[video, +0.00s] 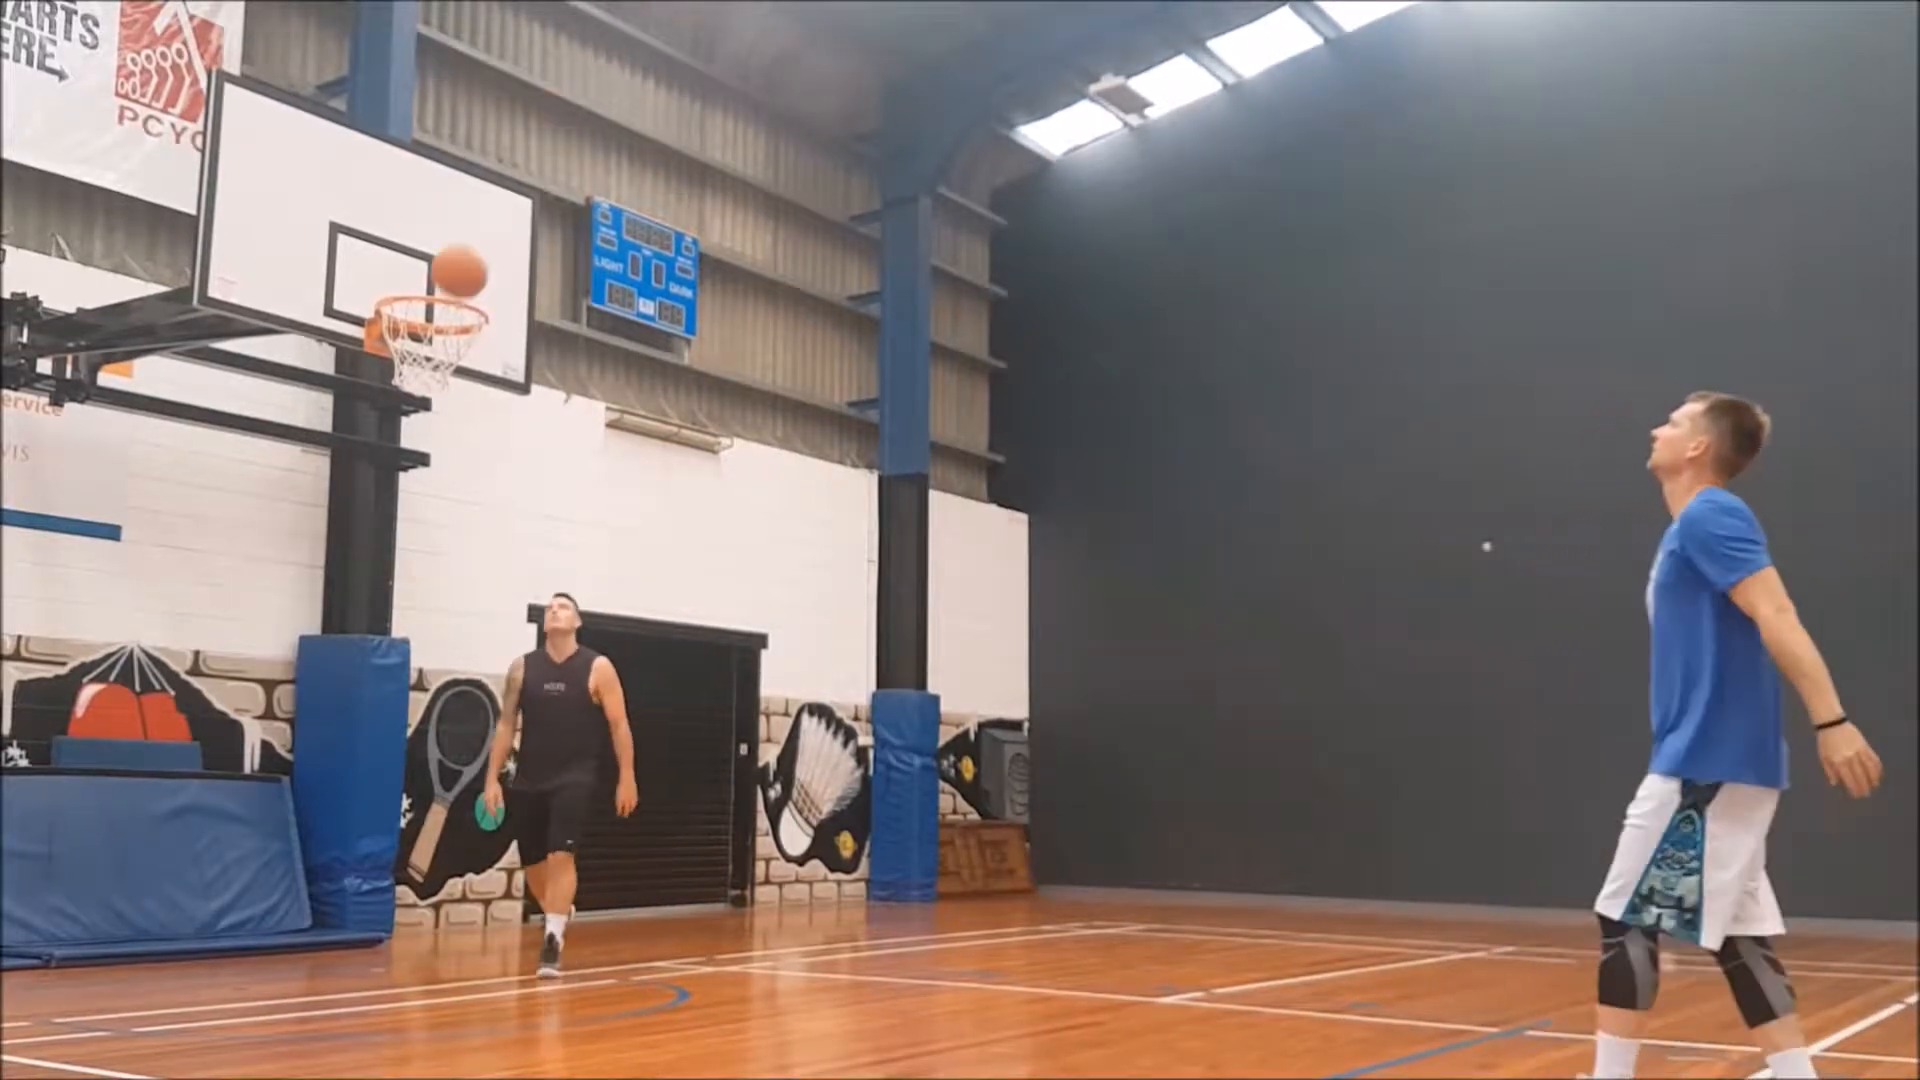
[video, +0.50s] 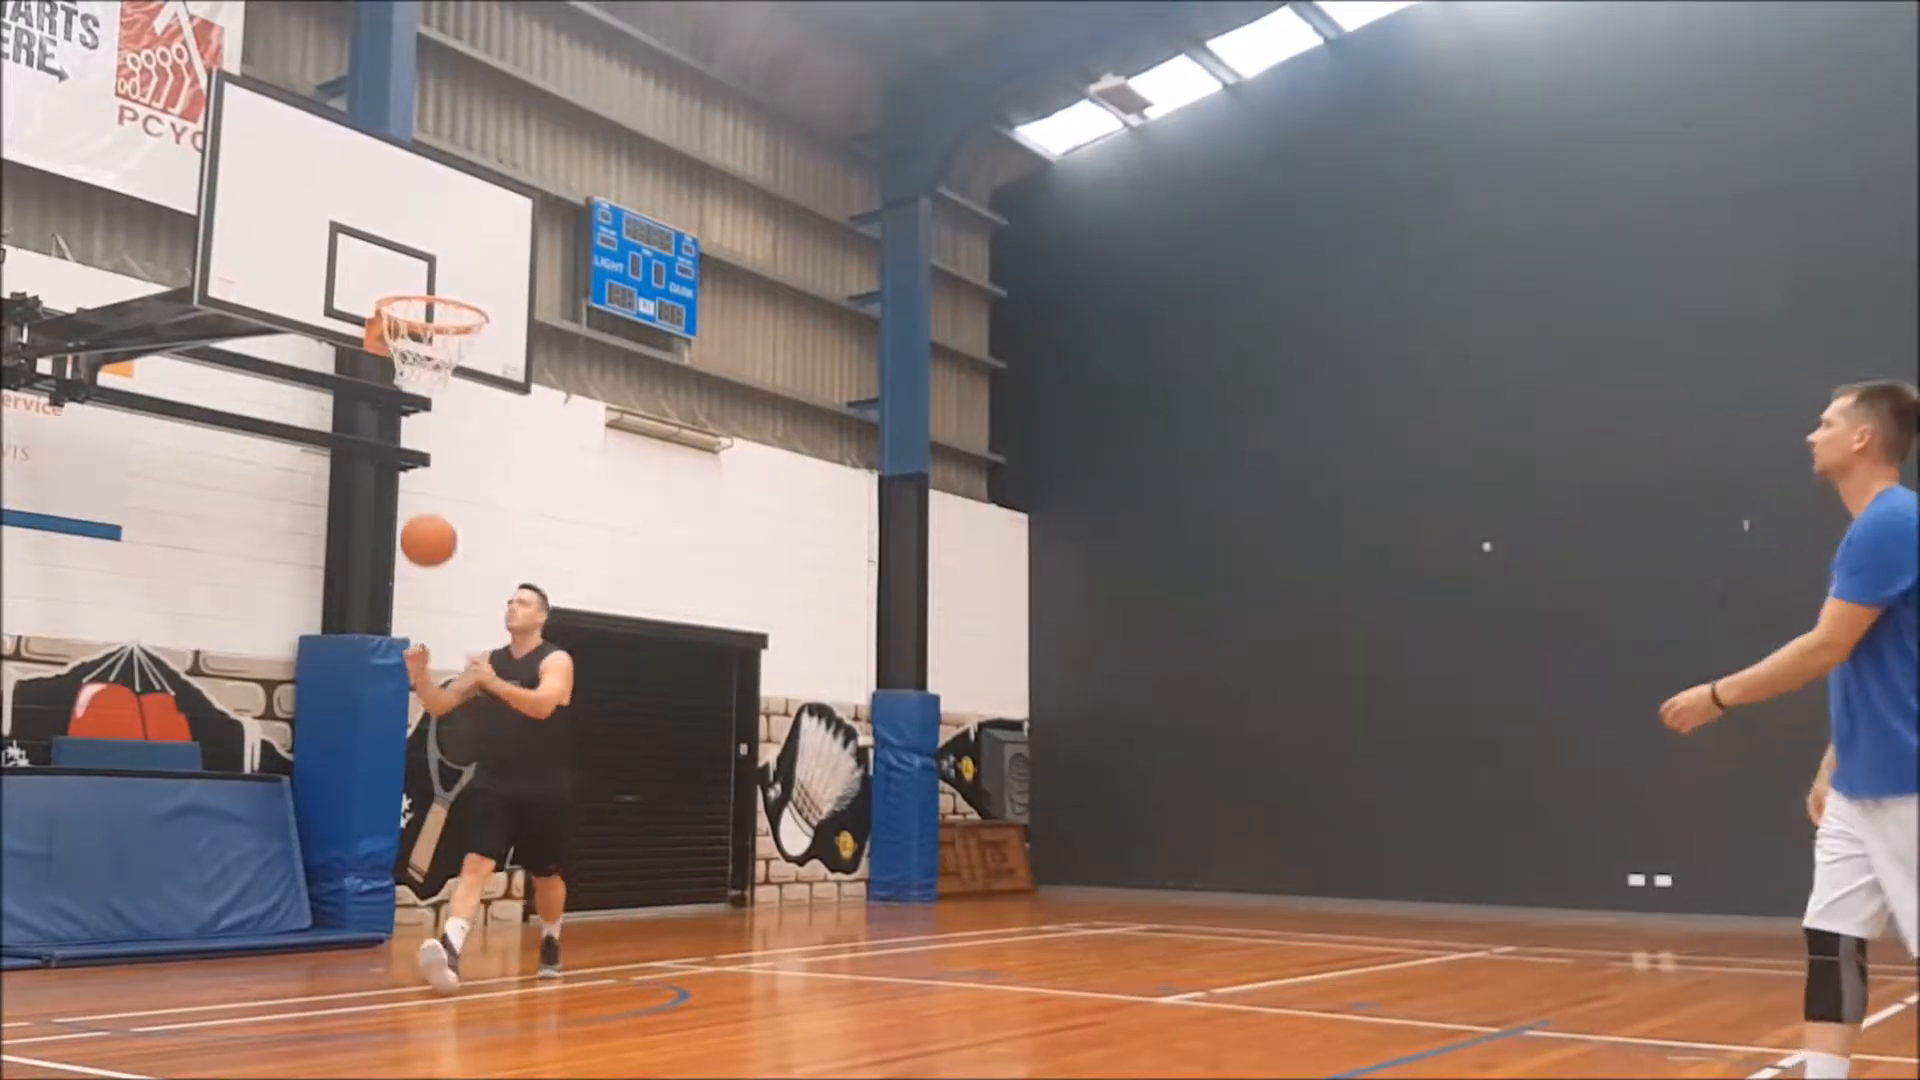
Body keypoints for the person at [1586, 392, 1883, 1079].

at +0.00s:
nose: (1655, 432)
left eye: (1671, 423)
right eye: (1666, 421)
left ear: (1698, 447)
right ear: (1702, 451)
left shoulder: (1710, 516)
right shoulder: (1698, 523)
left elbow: (1777, 616)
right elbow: (1767, 620)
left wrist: (1833, 723)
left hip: (1704, 760)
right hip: (1730, 762)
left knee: (1624, 917)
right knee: (1738, 930)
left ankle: (1609, 1070)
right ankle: (1794, 1068)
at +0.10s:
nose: (1686, 424)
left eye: (1702, 417)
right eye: (1696, 415)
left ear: (1732, 440)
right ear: (1736, 446)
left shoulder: (1741, 508)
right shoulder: (1730, 522)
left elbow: (1784, 622)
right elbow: (1710, 666)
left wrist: (1803, 741)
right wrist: (1673, 760)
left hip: (1738, 760)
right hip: (1767, 759)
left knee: (1673, 917)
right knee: (1770, 926)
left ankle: (1700, 1070)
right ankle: (1805, 1070)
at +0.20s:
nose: (1718, 423)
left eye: (1734, 413)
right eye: (1727, 412)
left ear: (1766, 435)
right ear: (1768, 439)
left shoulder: (1777, 507)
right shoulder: (1763, 518)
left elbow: (1785, 630)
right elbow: (1736, 656)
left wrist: (1746, 743)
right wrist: (1685, 751)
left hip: (1790, 763)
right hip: (1799, 761)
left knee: (1732, 920)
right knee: (1793, 930)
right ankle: (1808, 1062)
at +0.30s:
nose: (1749, 422)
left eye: (1766, 412)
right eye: (1759, 410)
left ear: (1798, 433)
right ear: (1799, 436)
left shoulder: (1818, 509)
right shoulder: (1789, 521)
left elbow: (1781, 635)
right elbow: (1769, 656)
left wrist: (1701, 729)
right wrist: (1719, 745)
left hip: (1835, 764)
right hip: (1801, 762)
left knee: (1816, 940)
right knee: (1801, 935)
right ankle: (1811, 1062)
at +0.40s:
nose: (1781, 426)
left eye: (1795, 416)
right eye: (1789, 415)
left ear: (1833, 434)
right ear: (1834, 436)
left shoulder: (1859, 510)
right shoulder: (1829, 524)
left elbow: (1794, 634)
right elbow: (1813, 661)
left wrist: (1692, 706)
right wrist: (1765, 756)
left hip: (1873, 770)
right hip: (1818, 771)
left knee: (1897, 943)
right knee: (1812, 935)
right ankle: (1816, 1070)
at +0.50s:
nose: (1812, 437)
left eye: (1825, 424)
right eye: (1818, 425)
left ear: (1864, 438)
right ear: (1866, 440)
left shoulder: (1891, 521)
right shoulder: (1873, 525)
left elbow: (1831, 645)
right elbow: (1877, 670)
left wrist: (1716, 694)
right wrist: (1834, 764)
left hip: (1905, 788)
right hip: (1857, 788)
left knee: (1919, 949)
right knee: (1833, 936)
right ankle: (1824, 1074)